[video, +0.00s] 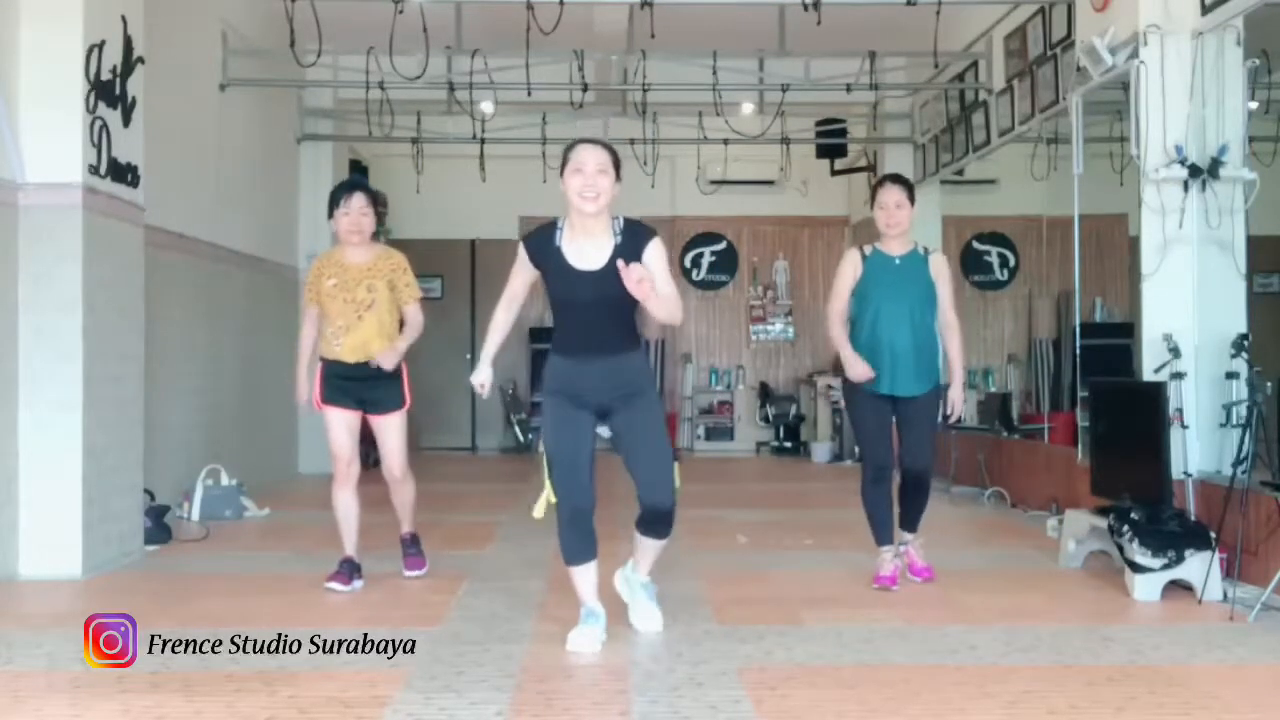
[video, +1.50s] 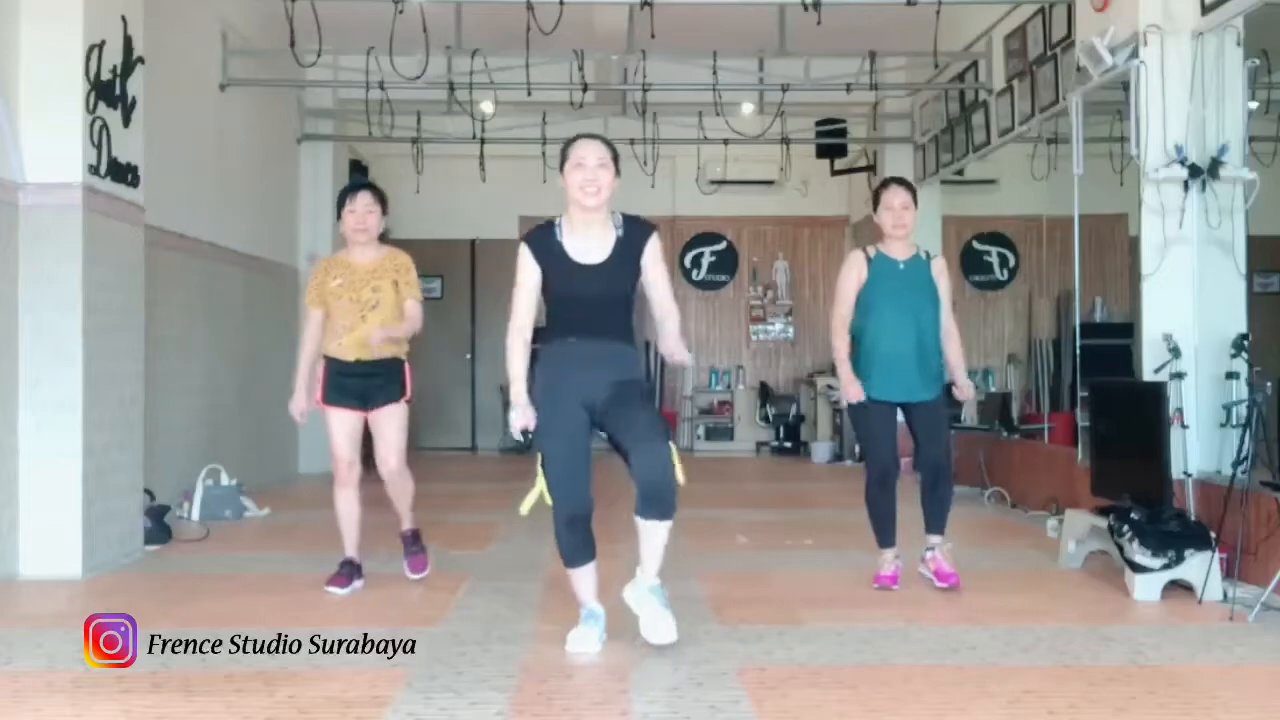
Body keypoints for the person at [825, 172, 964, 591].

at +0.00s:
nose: (890, 214)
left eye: (898, 207)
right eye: (882, 207)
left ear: (912, 211)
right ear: (873, 212)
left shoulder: (934, 262)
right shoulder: (856, 259)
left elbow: (949, 322)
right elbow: (835, 316)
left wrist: (957, 380)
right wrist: (849, 357)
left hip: (921, 383)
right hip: (868, 382)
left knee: (918, 467)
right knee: (878, 465)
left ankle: (907, 542)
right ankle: (886, 554)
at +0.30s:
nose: (890, 207)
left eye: (898, 200)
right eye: (882, 200)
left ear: (912, 207)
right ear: (872, 208)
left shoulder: (932, 258)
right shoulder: (855, 255)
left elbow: (948, 321)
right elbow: (833, 310)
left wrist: (955, 375)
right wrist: (859, 323)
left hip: (919, 379)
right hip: (865, 380)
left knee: (915, 466)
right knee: (876, 464)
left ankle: (906, 544)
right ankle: (884, 554)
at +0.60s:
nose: (888, 213)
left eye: (896, 206)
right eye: (880, 206)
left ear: (911, 212)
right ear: (870, 214)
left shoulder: (932, 261)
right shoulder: (855, 261)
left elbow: (949, 319)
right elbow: (836, 323)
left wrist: (952, 341)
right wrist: (827, 379)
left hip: (919, 381)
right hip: (863, 382)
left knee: (928, 468)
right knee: (874, 468)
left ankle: (916, 542)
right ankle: (884, 554)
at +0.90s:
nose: (893, 210)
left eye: (901, 203)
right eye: (884, 204)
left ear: (915, 209)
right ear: (874, 211)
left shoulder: (938, 261)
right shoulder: (861, 260)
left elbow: (950, 322)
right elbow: (835, 319)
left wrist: (958, 375)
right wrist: (839, 373)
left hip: (929, 380)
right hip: (875, 382)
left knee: (932, 468)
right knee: (883, 468)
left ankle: (936, 562)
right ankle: (887, 555)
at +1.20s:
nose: (897, 209)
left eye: (904, 202)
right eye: (888, 202)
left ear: (916, 208)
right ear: (875, 209)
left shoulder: (934, 258)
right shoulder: (858, 254)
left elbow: (944, 316)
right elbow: (840, 312)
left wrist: (954, 366)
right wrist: (870, 326)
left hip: (928, 376)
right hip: (873, 378)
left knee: (934, 463)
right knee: (880, 464)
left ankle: (937, 557)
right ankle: (887, 554)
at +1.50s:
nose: (897, 215)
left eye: (905, 208)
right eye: (889, 208)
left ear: (916, 213)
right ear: (876, 215)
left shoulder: (934, 264)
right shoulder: (859, 262)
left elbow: (947, 325)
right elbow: (840, 323)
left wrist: (959, 375)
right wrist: (846, 376)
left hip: (927, 385)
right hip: (872, 387)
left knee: (937, 463)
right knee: (882, 467)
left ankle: (935, 549)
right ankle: (888, 555)